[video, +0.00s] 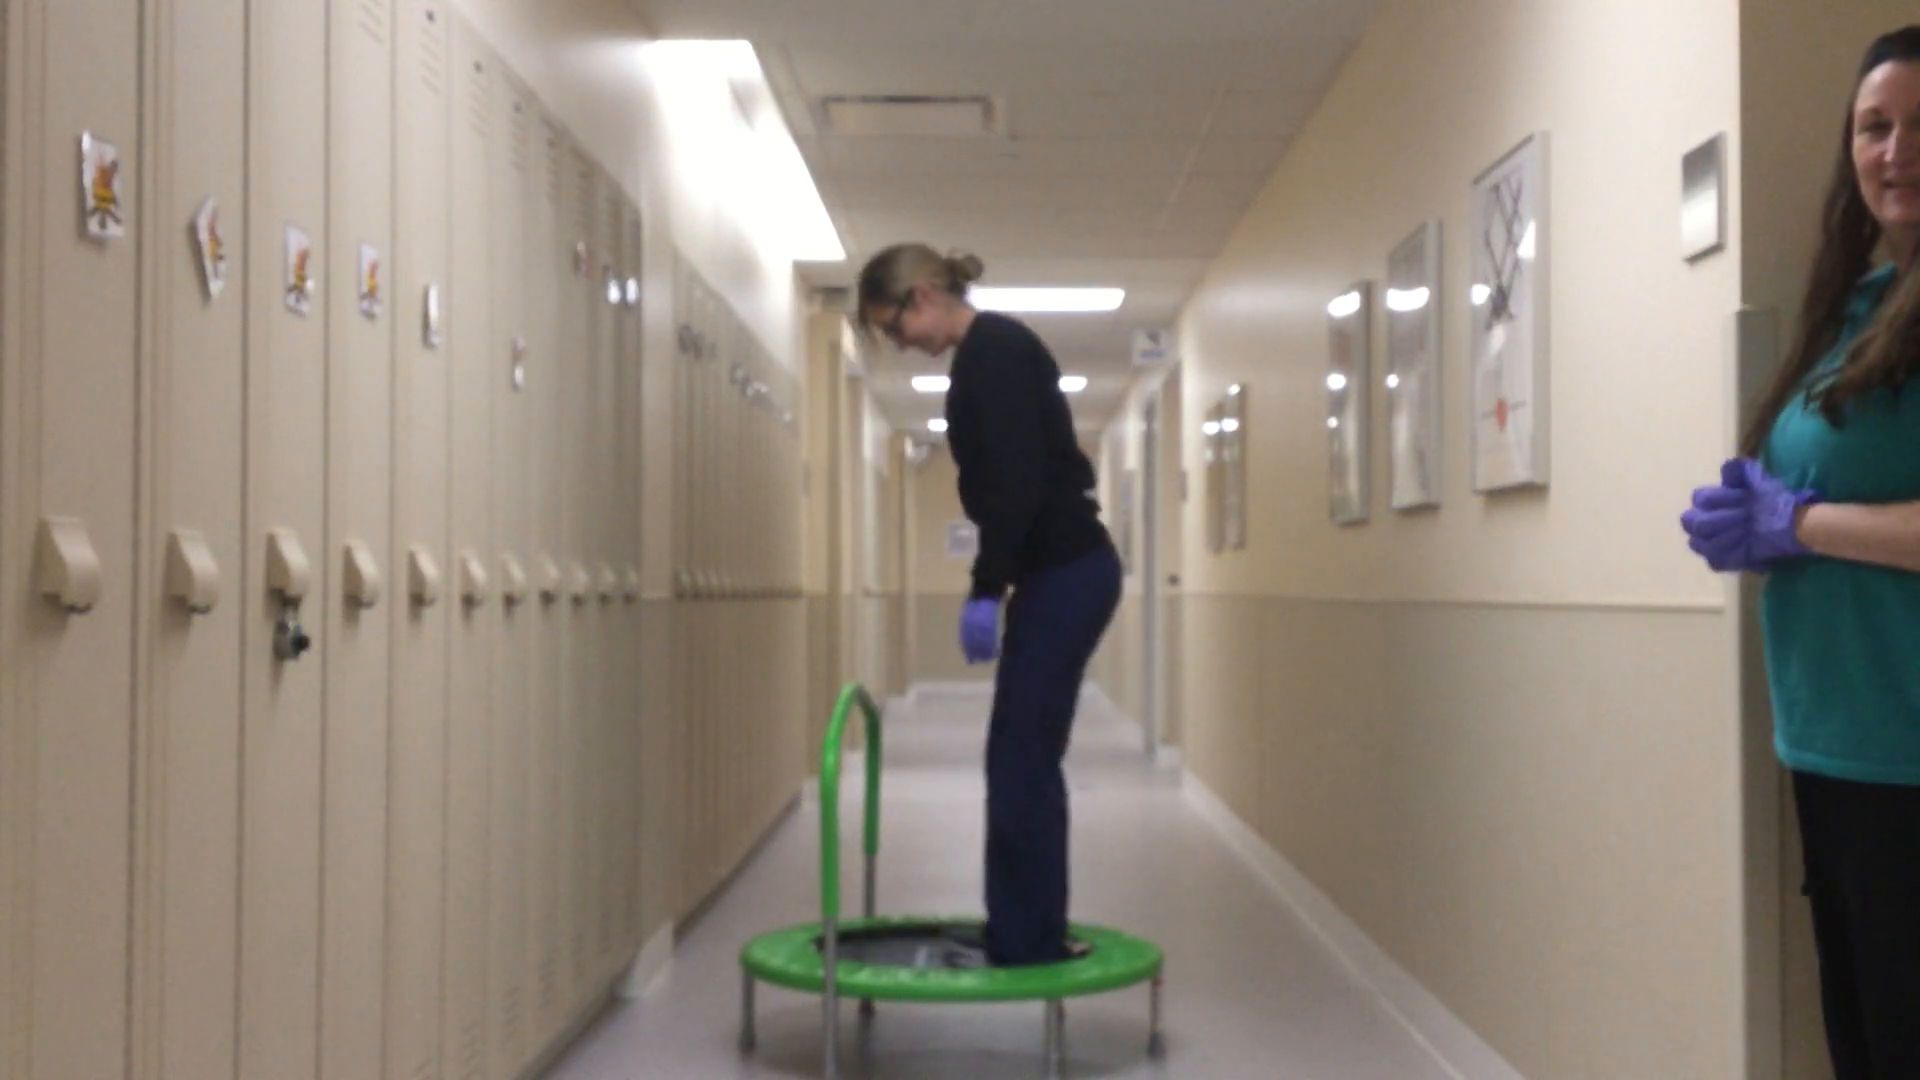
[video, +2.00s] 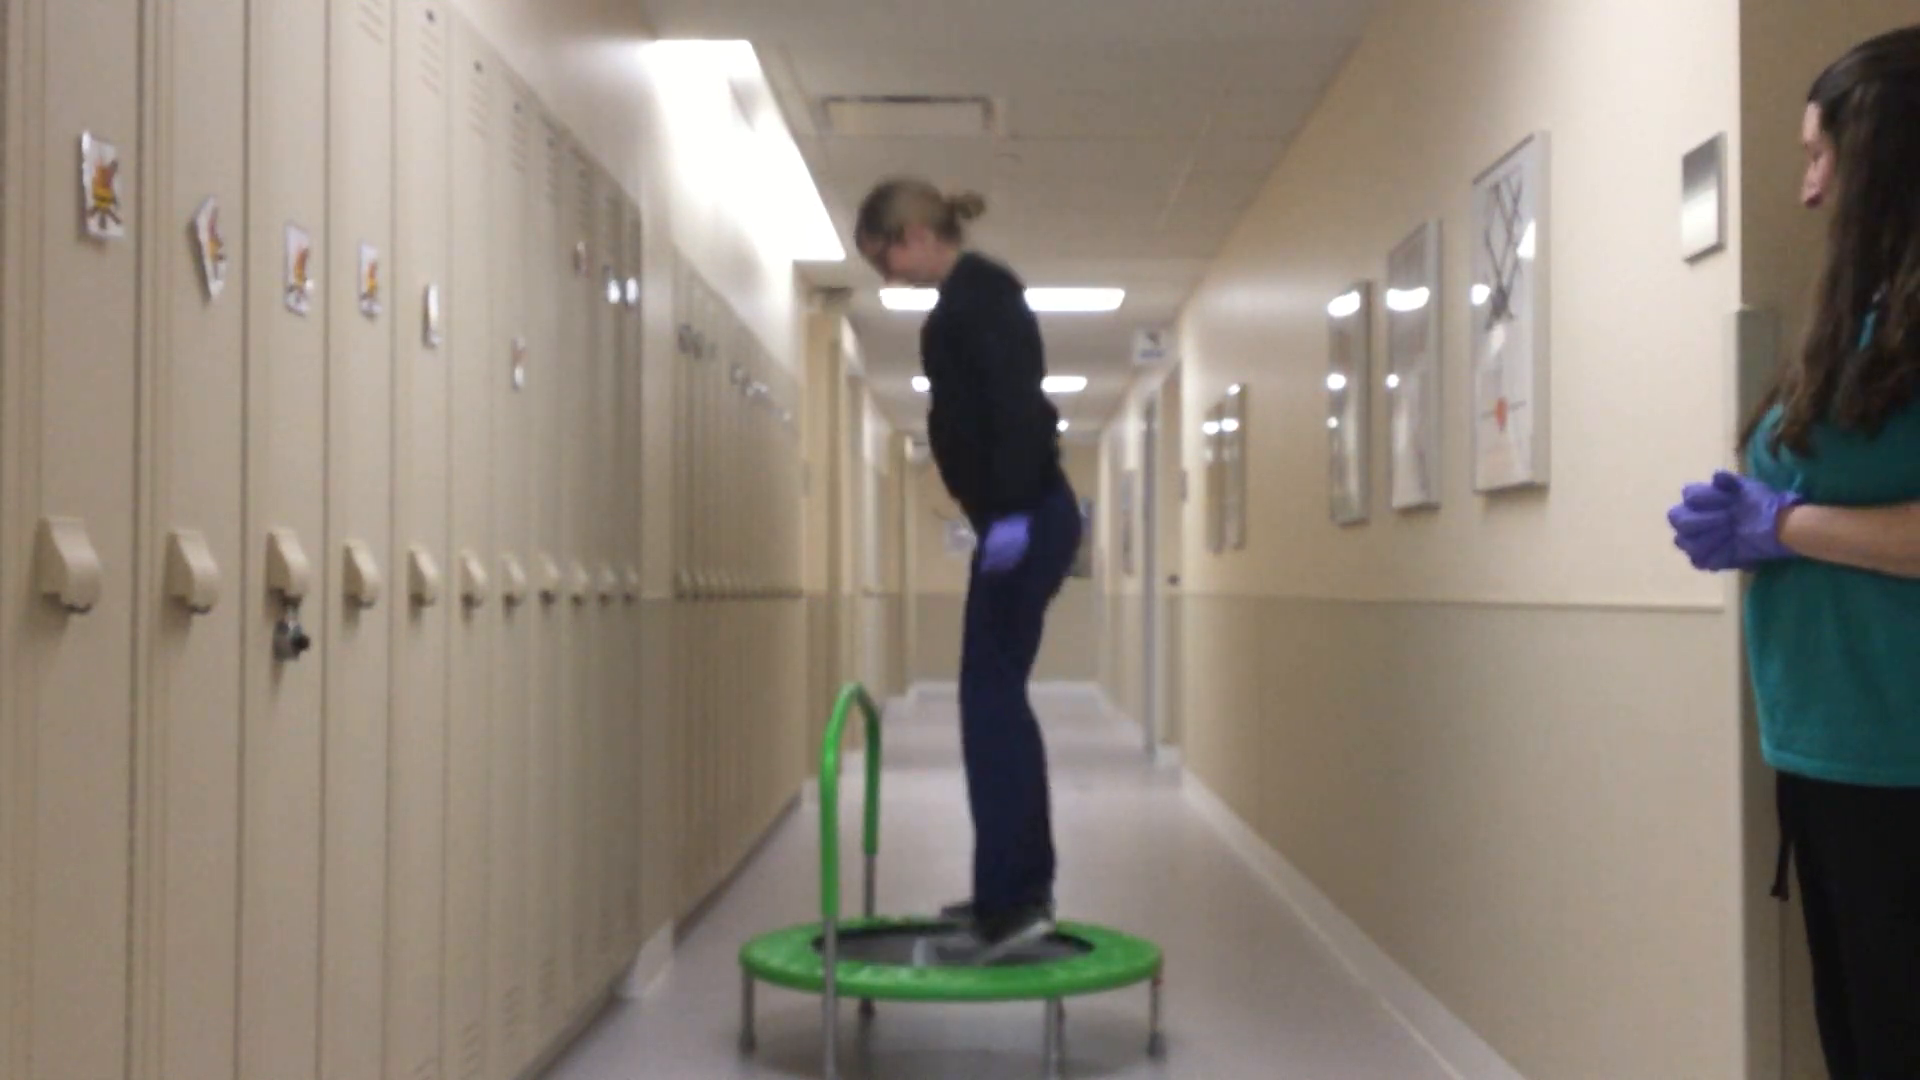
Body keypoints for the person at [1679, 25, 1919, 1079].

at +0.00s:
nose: (1891, 149)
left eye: (1912, 126)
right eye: (1874, 126)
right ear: (1848, 145)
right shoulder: (1848, 297)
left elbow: (1915, 524)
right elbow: (1814, 469)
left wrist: (1800, 522)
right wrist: (1756, 505)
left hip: (1899, 740)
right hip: (1824, 731)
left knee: (1898, 1028)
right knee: (1858, 1025)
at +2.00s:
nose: (1804, 180)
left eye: (1817, 152)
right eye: (1805, 153)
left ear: (1876, 155)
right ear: (1878, 162)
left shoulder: (1901, 316)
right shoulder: (1850, 311)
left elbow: (1910, 529)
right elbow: (1810, 468)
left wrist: (1784, 524)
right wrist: (1754, 508)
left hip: (1889, 751)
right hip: (1818, 742)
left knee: (1889, 1036)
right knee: (1852, 1032)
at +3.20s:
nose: (1762, 158)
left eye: (1788, 123)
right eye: (1746, 136)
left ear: (1866, 125)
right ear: (1739, 154)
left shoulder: (1898, 289)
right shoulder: (1765, 300)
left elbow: (1914, 533)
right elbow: (1783, 535)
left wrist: (1773, 598)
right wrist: (1709, 620)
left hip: (1895, 759)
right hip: (1806, 758)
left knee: (1888, 1044)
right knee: (1845, 1043)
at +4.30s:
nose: (1690, 149)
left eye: (1715, 112)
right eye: (1667, 131)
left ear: (1783, 112)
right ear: (1656, 153)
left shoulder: (1869, 258)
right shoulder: (1700, 299)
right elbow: (1706, 539)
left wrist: (1858, 581)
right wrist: (1670, 722)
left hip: (1869, 765)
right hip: (1751, 771)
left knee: (1867, 1050)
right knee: (1786, 1050)